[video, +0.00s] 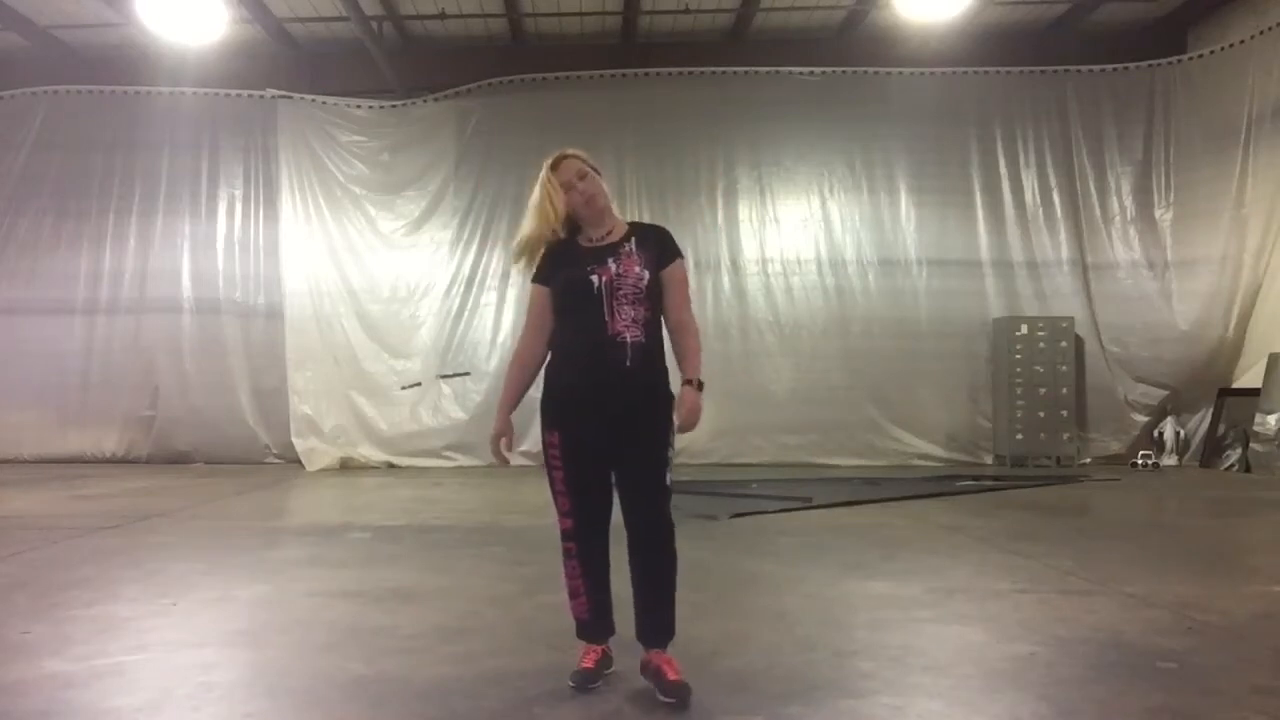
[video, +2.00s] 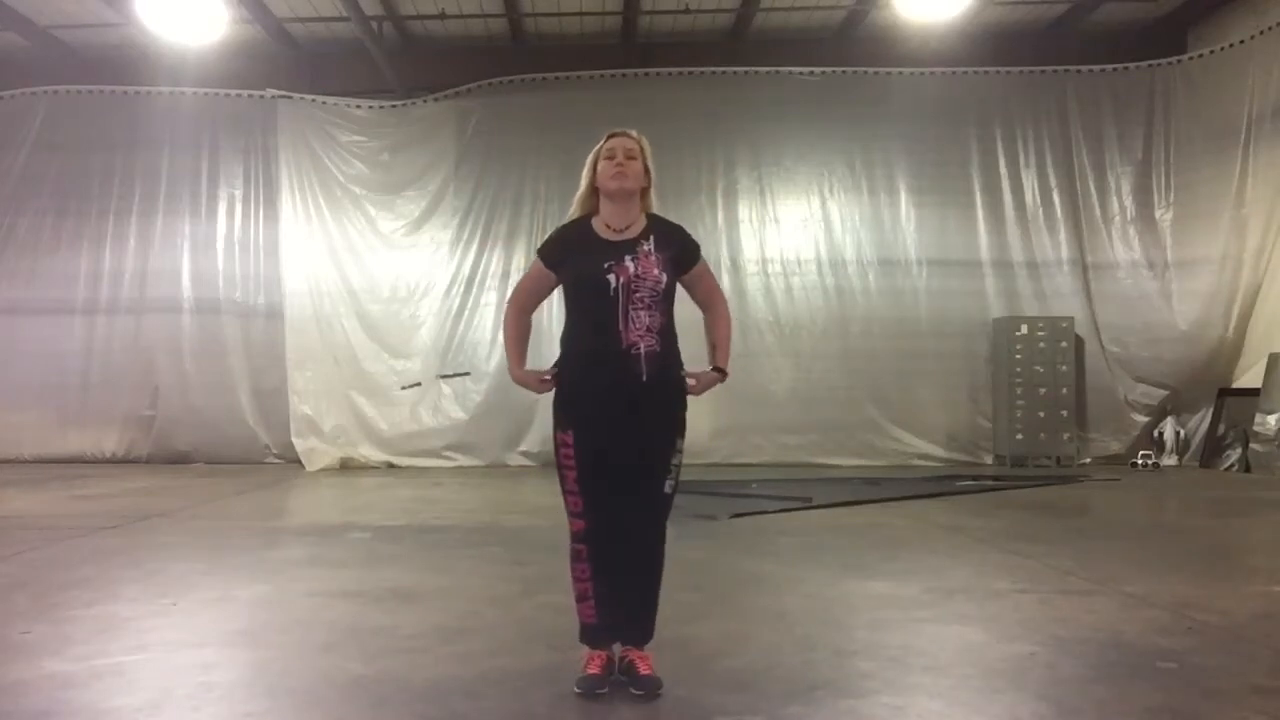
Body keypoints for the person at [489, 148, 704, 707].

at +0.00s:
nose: (582, 187)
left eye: (585, 175)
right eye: (569, 186)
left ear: (604, 178)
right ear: (561, 205)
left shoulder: (653, 241)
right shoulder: (556, 258)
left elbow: (680, 319)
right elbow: (534, 339)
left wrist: (693, 383)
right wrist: (505, 409)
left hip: (642, 410)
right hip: (572, 415)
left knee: (652, 528)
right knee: (582, 531)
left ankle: (657, 650)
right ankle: (594, 644)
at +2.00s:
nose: (619, 163)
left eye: (629, 156)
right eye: (609, 156)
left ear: (646, 173)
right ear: (594, 173)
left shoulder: (671, 240)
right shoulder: (569, 241)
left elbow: (713, 303)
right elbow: (520, 304)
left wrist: (720, 367)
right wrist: (517, 370)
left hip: (656, 403)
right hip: (585, 402)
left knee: (645, 524)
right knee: (589, 527)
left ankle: (634, 648)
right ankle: (597, 649)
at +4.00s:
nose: (632, 181)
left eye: (644, 173)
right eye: (622, 171)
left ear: (658, 183)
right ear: (606, 179)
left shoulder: (682, 247)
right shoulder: (583, 248)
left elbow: (706, 327)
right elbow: (548, 330)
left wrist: (728, 399)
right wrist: (529, 402)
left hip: (669, 410)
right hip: (600, 409)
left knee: (653, 527)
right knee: (601, 528)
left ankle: (635, 648)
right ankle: (599, 649)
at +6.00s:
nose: (639, 163)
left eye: (650, 157)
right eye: (629, 158)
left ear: (667, 175)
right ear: (614, 177)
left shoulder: (695, 245)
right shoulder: (590, 245)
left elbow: (716, 328)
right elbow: (562, 334)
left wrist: (740, 401)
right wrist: (541, 407)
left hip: (675, 411)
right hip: (605, 409)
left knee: (657, 528)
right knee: (604, 527)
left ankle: (637, 648)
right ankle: (599, 650)